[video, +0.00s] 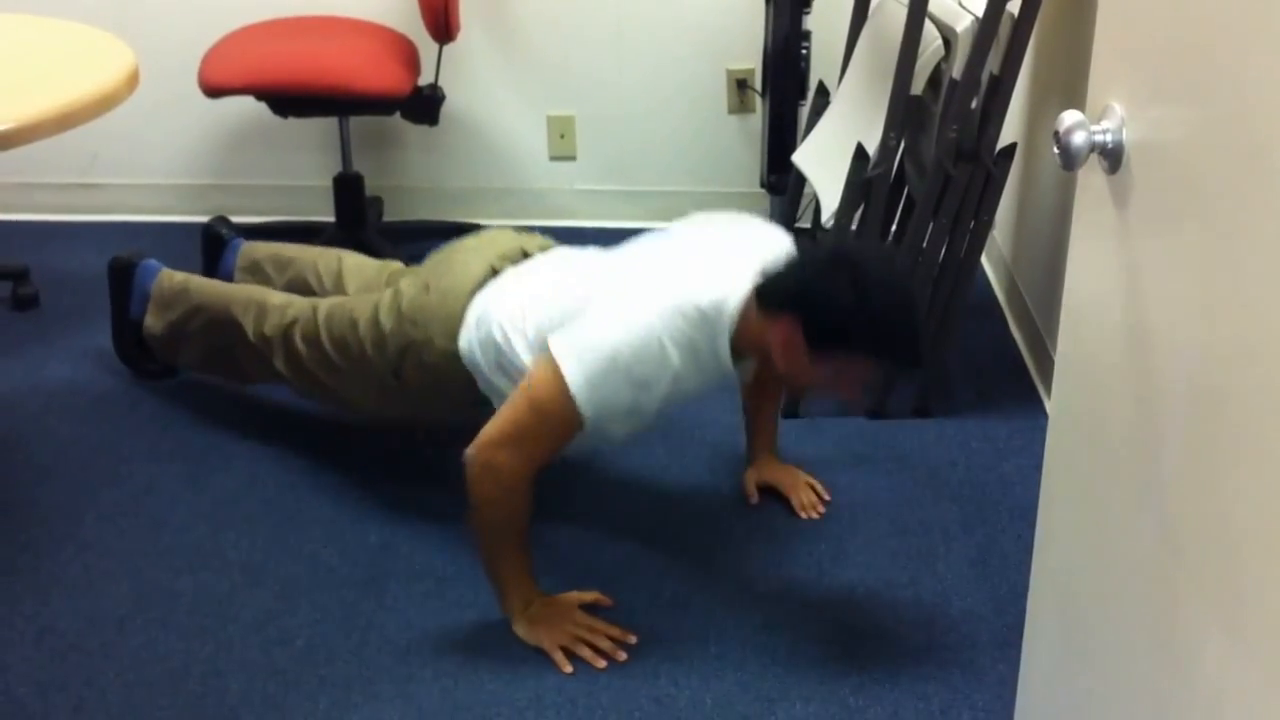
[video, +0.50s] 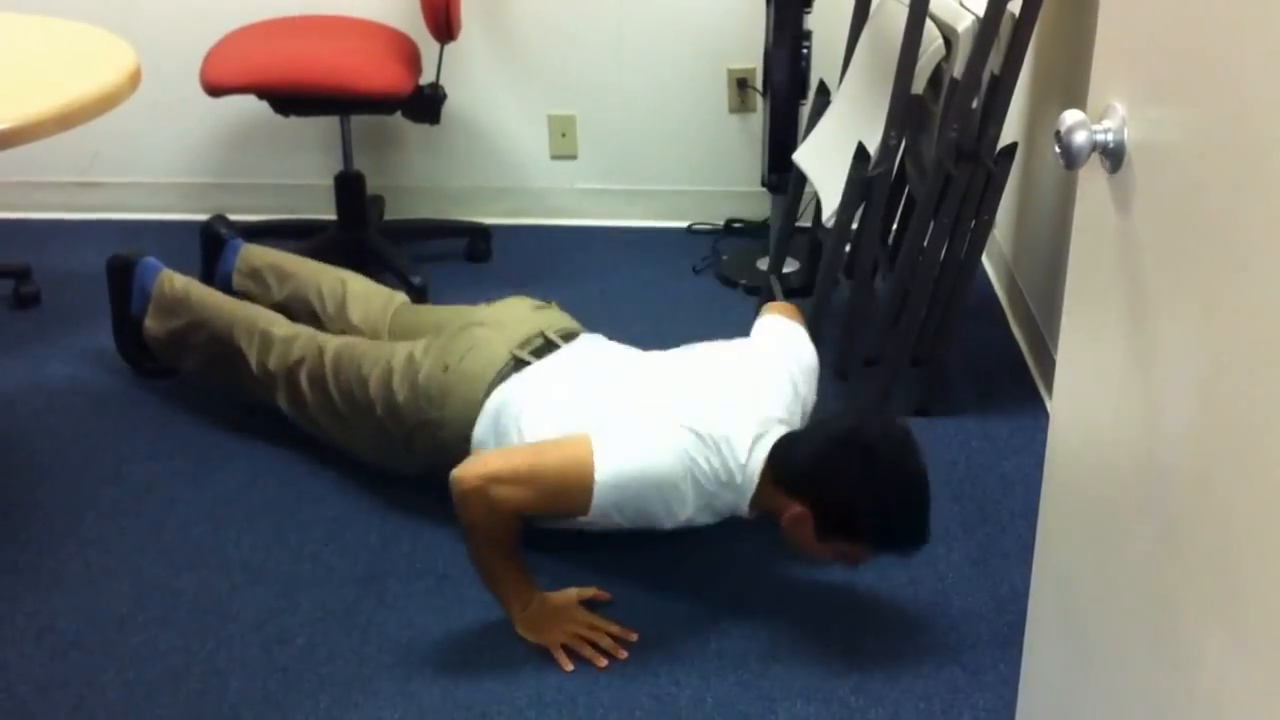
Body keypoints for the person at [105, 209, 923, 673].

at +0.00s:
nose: (838, 395)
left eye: (857, 387)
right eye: (842, 380)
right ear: (791, 340)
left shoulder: (770, 248)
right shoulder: (644, 345)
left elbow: (765, 357)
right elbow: (493, 462)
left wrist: (762, 454)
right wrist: (527, 606)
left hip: (522, 255)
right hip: (462, 325)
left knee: (375, 282)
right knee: (295, 337)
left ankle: (245, 250)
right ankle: (157, 308)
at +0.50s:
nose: (839, 561)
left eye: (854, 552)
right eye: (843, 548)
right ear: (803, 512)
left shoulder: (790, 376)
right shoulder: (678, 472)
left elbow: (780, 309)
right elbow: (478, 487)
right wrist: (528, 606)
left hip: (542, 328)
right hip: (466, 398)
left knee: (388, 313)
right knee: (294, 364)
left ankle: (240, 255)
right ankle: (159, 304)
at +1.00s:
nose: (827, 329)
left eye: (841, 313)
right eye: (823, 310)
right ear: (766, 265)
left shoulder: (758, 207)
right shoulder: (616, 286)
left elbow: (760, 326)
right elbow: (508, 440)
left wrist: (764, 452)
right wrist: (526, 595)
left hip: (511, 226)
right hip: (448, 302)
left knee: (370, 258)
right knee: (288, 324)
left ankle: (231, 248)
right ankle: (154, 308)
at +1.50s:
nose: (821, 520)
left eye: (837, 511)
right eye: (825, 507)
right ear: (790, 475)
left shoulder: (781, 333)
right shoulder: (658, 442)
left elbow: (740, 298)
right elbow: (468, 481)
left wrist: (753, 451)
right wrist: (528, 601)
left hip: (532, 305)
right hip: (461, 381)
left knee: (384, 301)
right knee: (288, 353)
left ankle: (237, 249)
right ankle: (154, 299)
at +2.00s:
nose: (829, 452)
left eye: (845, 449)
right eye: (837, 443)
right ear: (800, 404)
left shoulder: (782, 287)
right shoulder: (669, 383)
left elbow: (757, 371)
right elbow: (478, 468)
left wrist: (764, 446)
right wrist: (529, 600)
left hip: (529, 277)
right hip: (463, 358)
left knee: (374, 283)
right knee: (292, 344)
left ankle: (233, 245)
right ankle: (154, 299)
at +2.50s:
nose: (848, 393)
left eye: (865, 383)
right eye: (850, 377)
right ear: (797, 335)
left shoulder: (780, 240)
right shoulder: (654, 334)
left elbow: (774, 350)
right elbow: (501, 453)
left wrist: (767, 446)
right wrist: (529, 596)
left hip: (533, 238)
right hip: (467, 307)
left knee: (379, 271)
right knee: (307, 319)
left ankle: (243, 243)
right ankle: (165, 295)